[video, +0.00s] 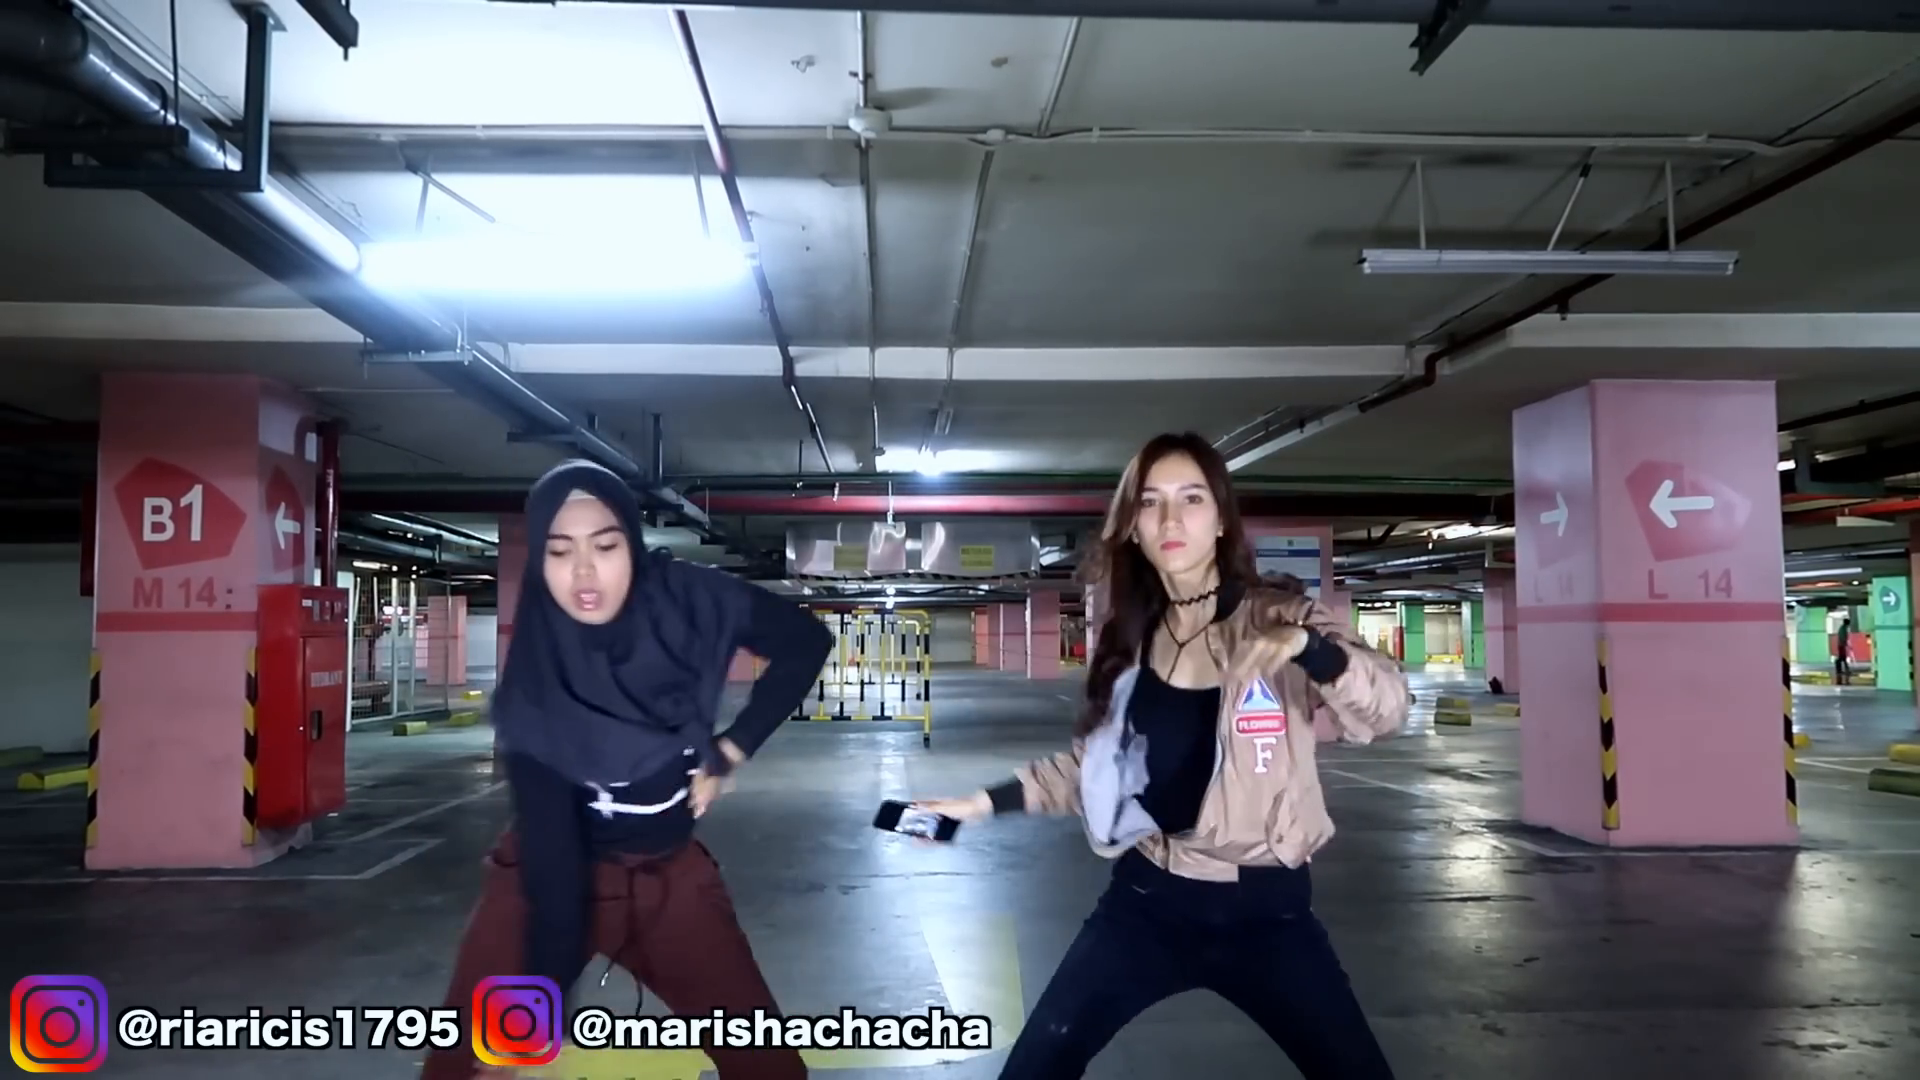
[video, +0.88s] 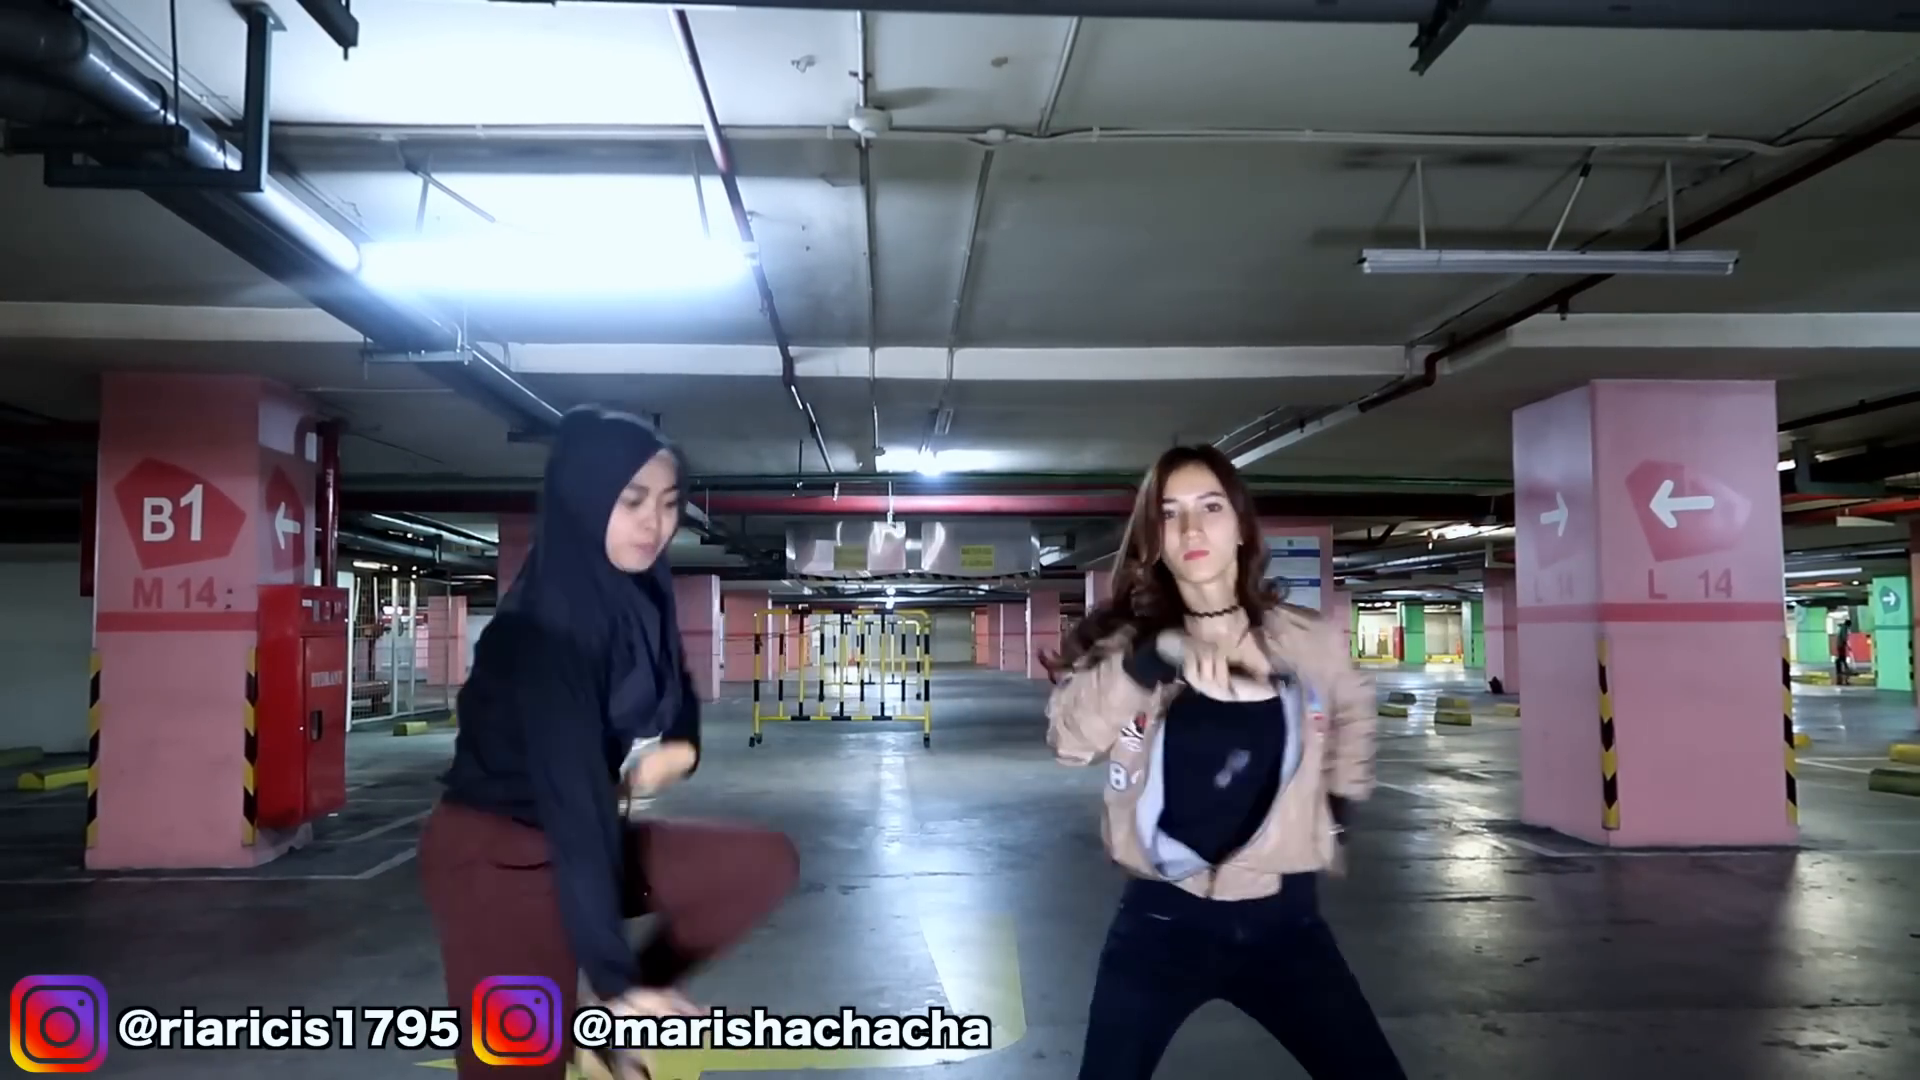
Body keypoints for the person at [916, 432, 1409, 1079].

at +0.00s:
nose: (1170, 519)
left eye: (1191, 499)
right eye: (1151, 501)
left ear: (1222, 516)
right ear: (1133, 523)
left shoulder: (1277, 622)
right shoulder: (1130, 638)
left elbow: (1386, 714)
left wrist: (1309, 647)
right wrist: (981, 803)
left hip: (1264, 907)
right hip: (1145, 902)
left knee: (1361, 1072)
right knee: (1037, 1061)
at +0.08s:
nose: (1171, 534)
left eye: (1193, 515)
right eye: (1154, 516)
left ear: (1225, 532)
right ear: (1135, 537)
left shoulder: (1278, 641)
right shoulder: (1133, 653)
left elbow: (1391, 726)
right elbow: (1104, 785)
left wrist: (1343, 669)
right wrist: (1007, 841)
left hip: (1267, 925)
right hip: (1151, 921)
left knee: (1364, 1074)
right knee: (1030, 1071)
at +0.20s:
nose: (1156, 546)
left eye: (1178, 530)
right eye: (1138, 531)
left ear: (1208, 552)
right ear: (1119, 552)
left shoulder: (1254, 674)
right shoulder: (1082, 665)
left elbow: (1333, 767)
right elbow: (1050, 775)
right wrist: (1045, 855)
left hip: (1245, 933)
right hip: (1128, 937)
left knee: (1333, 1073)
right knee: (1030, 1071)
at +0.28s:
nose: (1136, 545)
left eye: (1158, 526)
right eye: (1119, 527)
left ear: (1188, 546)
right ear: (1097, 545)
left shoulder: (1228, 673)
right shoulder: (1042, 660)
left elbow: (1298, 804)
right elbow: (1008, 773)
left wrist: (1375, 918)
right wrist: (1067, 823)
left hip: (1230, 925)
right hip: (1108, 932)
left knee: (1327, 1073)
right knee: (1021, 1073)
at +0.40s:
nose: (1126, 513)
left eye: (1146, 494)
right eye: (1107, 498)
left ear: (1177, 515)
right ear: (1087, 521)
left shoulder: (1217, 632)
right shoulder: (1049, 639)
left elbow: (1230, 758)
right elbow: (1006, 779)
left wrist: (1242, 848)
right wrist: (1080, 701)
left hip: (1223, 889)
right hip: (1106, 904)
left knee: (1355, 1064)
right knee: (1047, 1073)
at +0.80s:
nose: (1180, 520)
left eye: (1200, 499)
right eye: (1161, 503)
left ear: (1232, 516)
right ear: (1145, 524)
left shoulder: (1278, 637)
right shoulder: (1113, 630)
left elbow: (1288, 750)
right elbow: (1081, 740)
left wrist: (1277, 856)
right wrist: (1138, 641)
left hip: (1260, 906)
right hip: (1144, 913)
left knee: (1387, 1068)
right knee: (1091, 1074)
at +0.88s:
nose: (1192, 530)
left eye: (1210, 509)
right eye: (1173, 515)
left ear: (1241, 527)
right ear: (1153, 538)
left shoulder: (1304, 638)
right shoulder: (1126, 640)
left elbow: (1355, 706)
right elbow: (1068, 740)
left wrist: (1341, 804)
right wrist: (1151, 662)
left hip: (1282, 920)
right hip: (1159, 921)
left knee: (1374, 1073)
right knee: (1107, 1072)